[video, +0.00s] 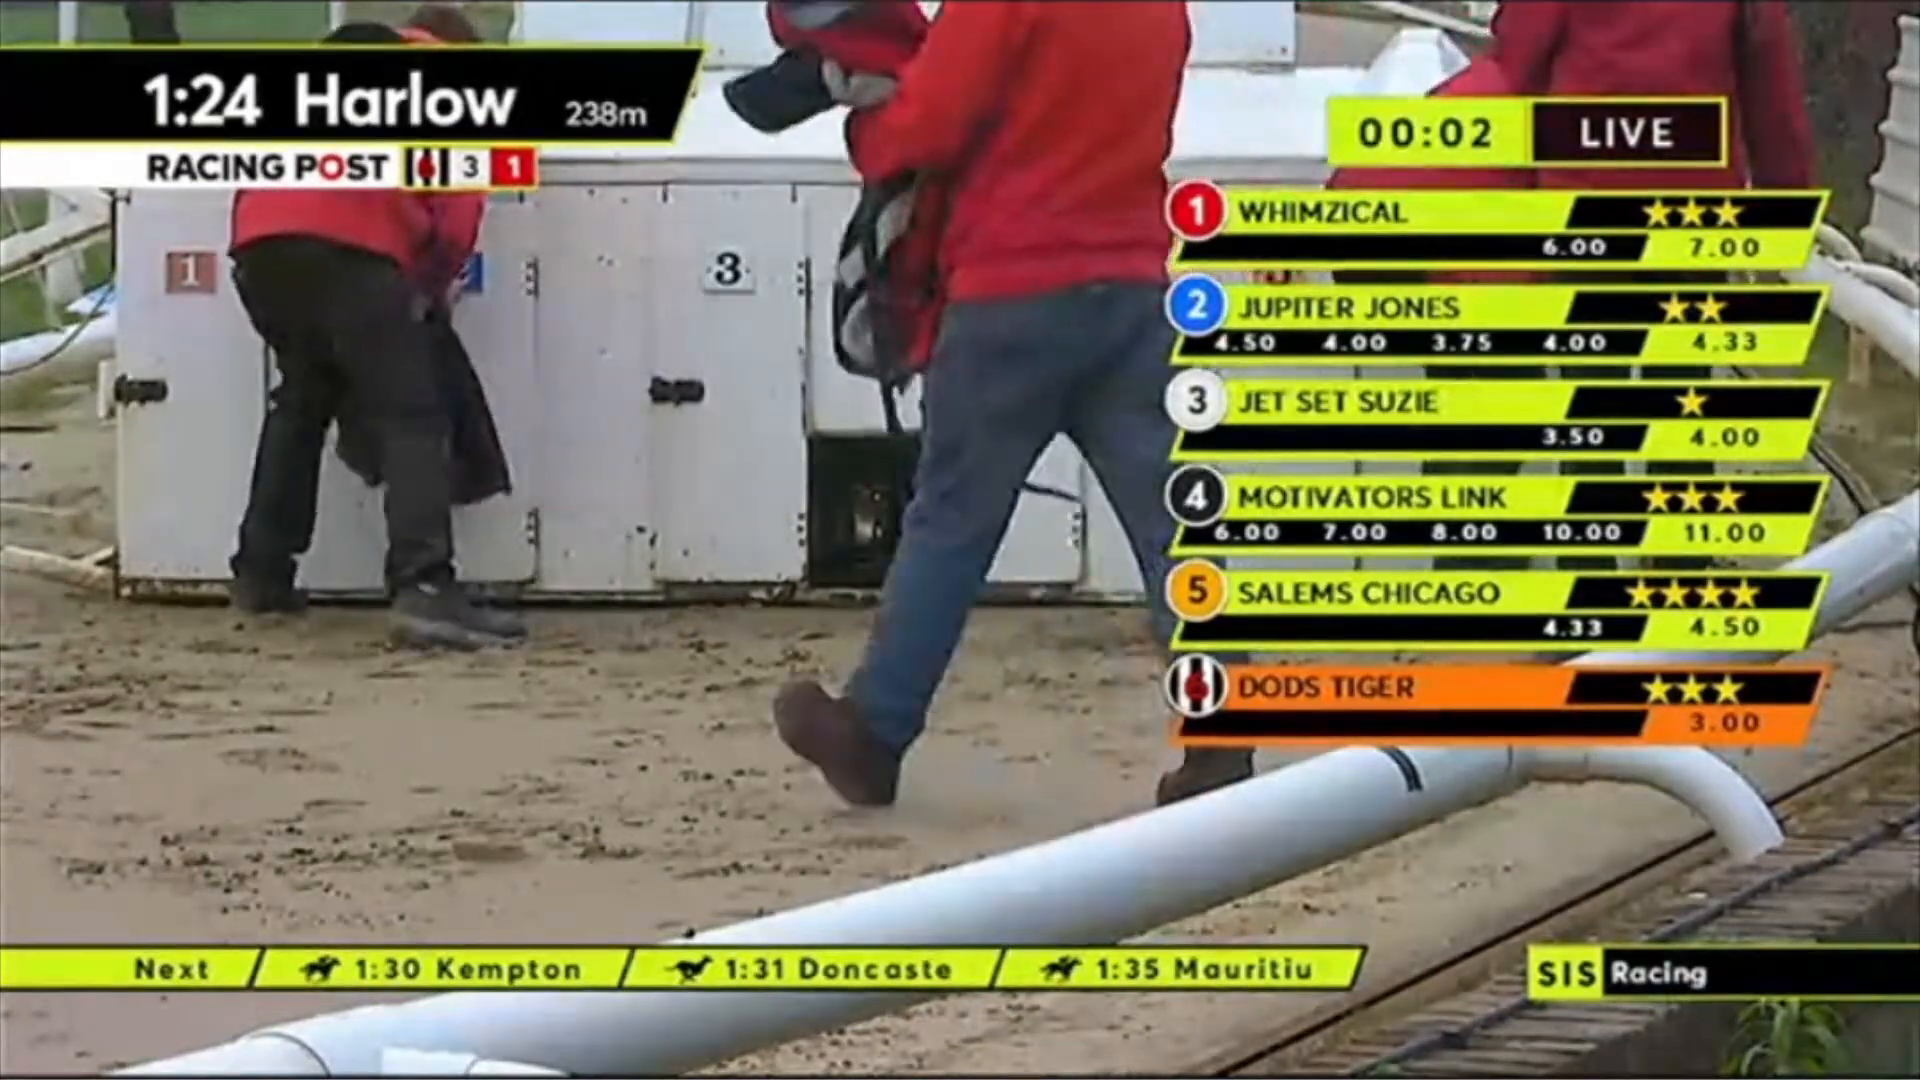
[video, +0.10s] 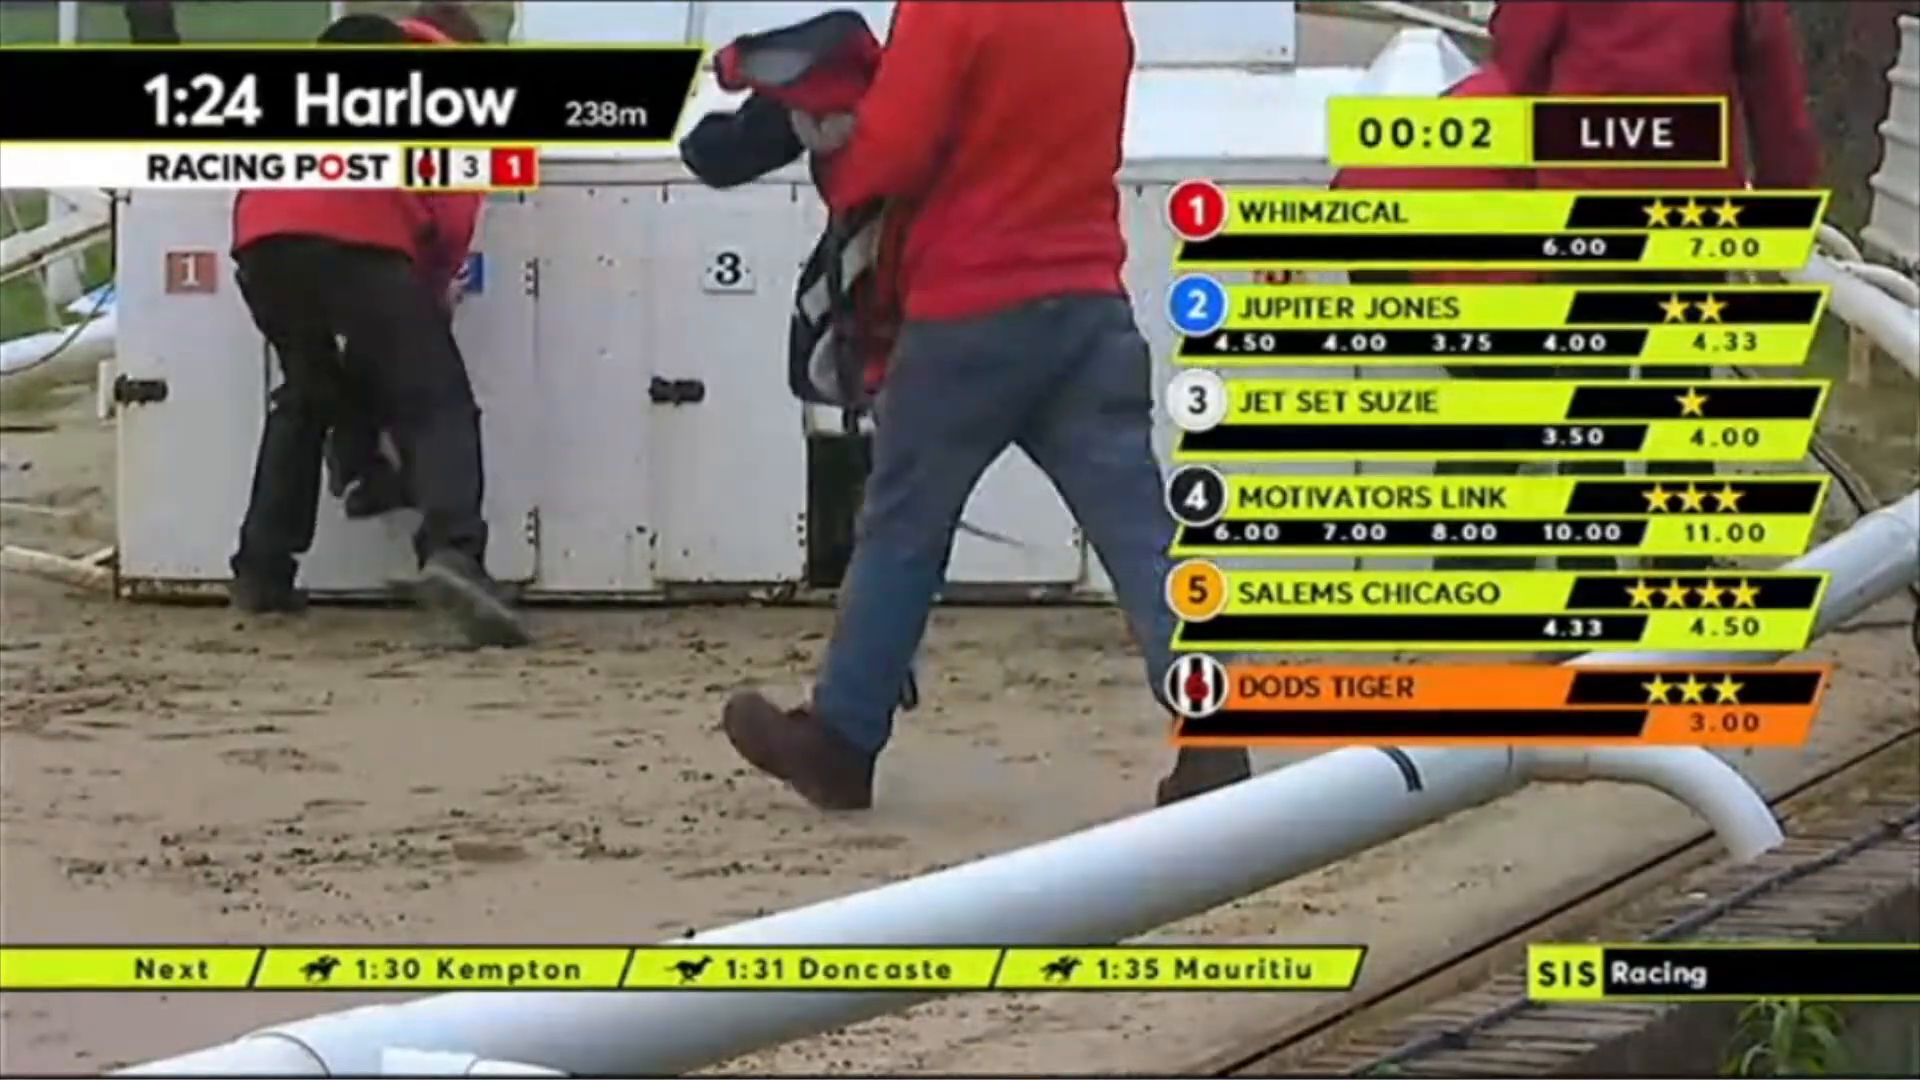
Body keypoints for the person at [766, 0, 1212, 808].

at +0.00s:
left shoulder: (1007, 4)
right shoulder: (1164, 10)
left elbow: (928, 123)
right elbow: (1135, 130)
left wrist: (868, 138)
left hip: (1015, 295)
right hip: (1134, 295)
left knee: (950, 525)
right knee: (1175, 534)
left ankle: (873, 734)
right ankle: (1221, 736)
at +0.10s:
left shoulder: (948, 8)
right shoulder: (1102, 13)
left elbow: (894, 153)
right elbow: (1069, 140)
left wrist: (836, 174)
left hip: (970, 313)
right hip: (1091, 308)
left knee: (904, 532)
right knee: (1142, 535)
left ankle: (841, 741)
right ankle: (1212, 727)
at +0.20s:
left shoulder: (840, 17)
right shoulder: (1000, 17)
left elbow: (829, 174)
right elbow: (977, 154)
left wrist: (770, 211)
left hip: (878, 315)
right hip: (997, 307)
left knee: (822, 528)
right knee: (1035, 512)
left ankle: (820, 749)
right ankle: (1166, 695)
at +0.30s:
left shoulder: (782, 14)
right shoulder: (945, 14)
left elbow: (773, 170)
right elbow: (922, 147)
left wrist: (714, 162)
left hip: (822, 309)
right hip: (939, 303)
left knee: (784, 531)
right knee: (938, 502)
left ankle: (816, 750)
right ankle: (1072, 640)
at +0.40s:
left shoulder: (712, 6)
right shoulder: (871, 11)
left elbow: (694, 141)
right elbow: (866, 131)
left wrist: (621, 143)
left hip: (752, 282)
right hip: (851, 277)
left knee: (760, 515)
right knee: (823, 484)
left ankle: (812, 743)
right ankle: (909, 675)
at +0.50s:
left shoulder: (661, 8)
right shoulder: (822, 15)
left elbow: (633, 136)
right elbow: (823, 132)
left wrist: (566, 140)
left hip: (707, 280)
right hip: (799, 275)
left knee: (743, 514)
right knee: (730, 505)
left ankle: (812, 740)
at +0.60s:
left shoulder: (580, 12)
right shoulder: (732, 16)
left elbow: (541, 155)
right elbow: (711, 154)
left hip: (636, 302)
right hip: (712, 294)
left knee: (710, 516)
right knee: (615, 523)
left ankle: (815, 738)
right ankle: (526, 710)